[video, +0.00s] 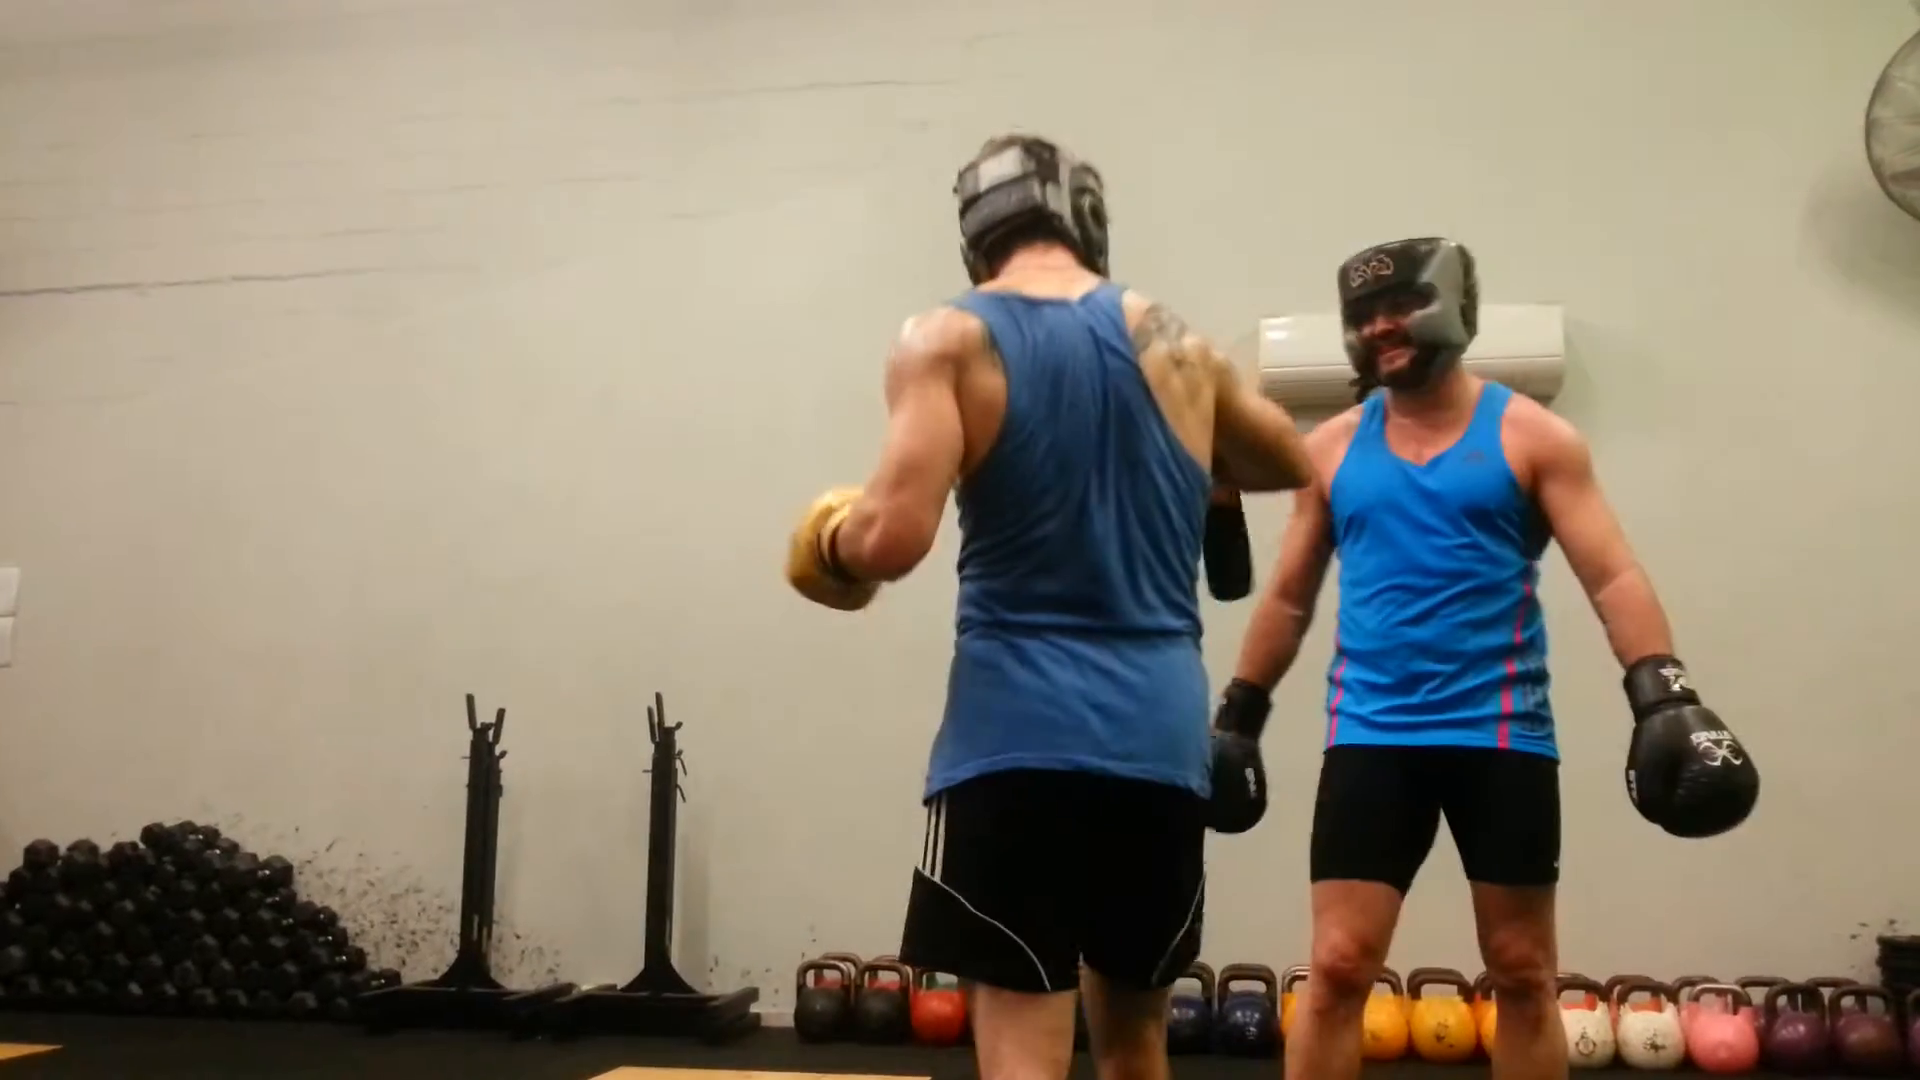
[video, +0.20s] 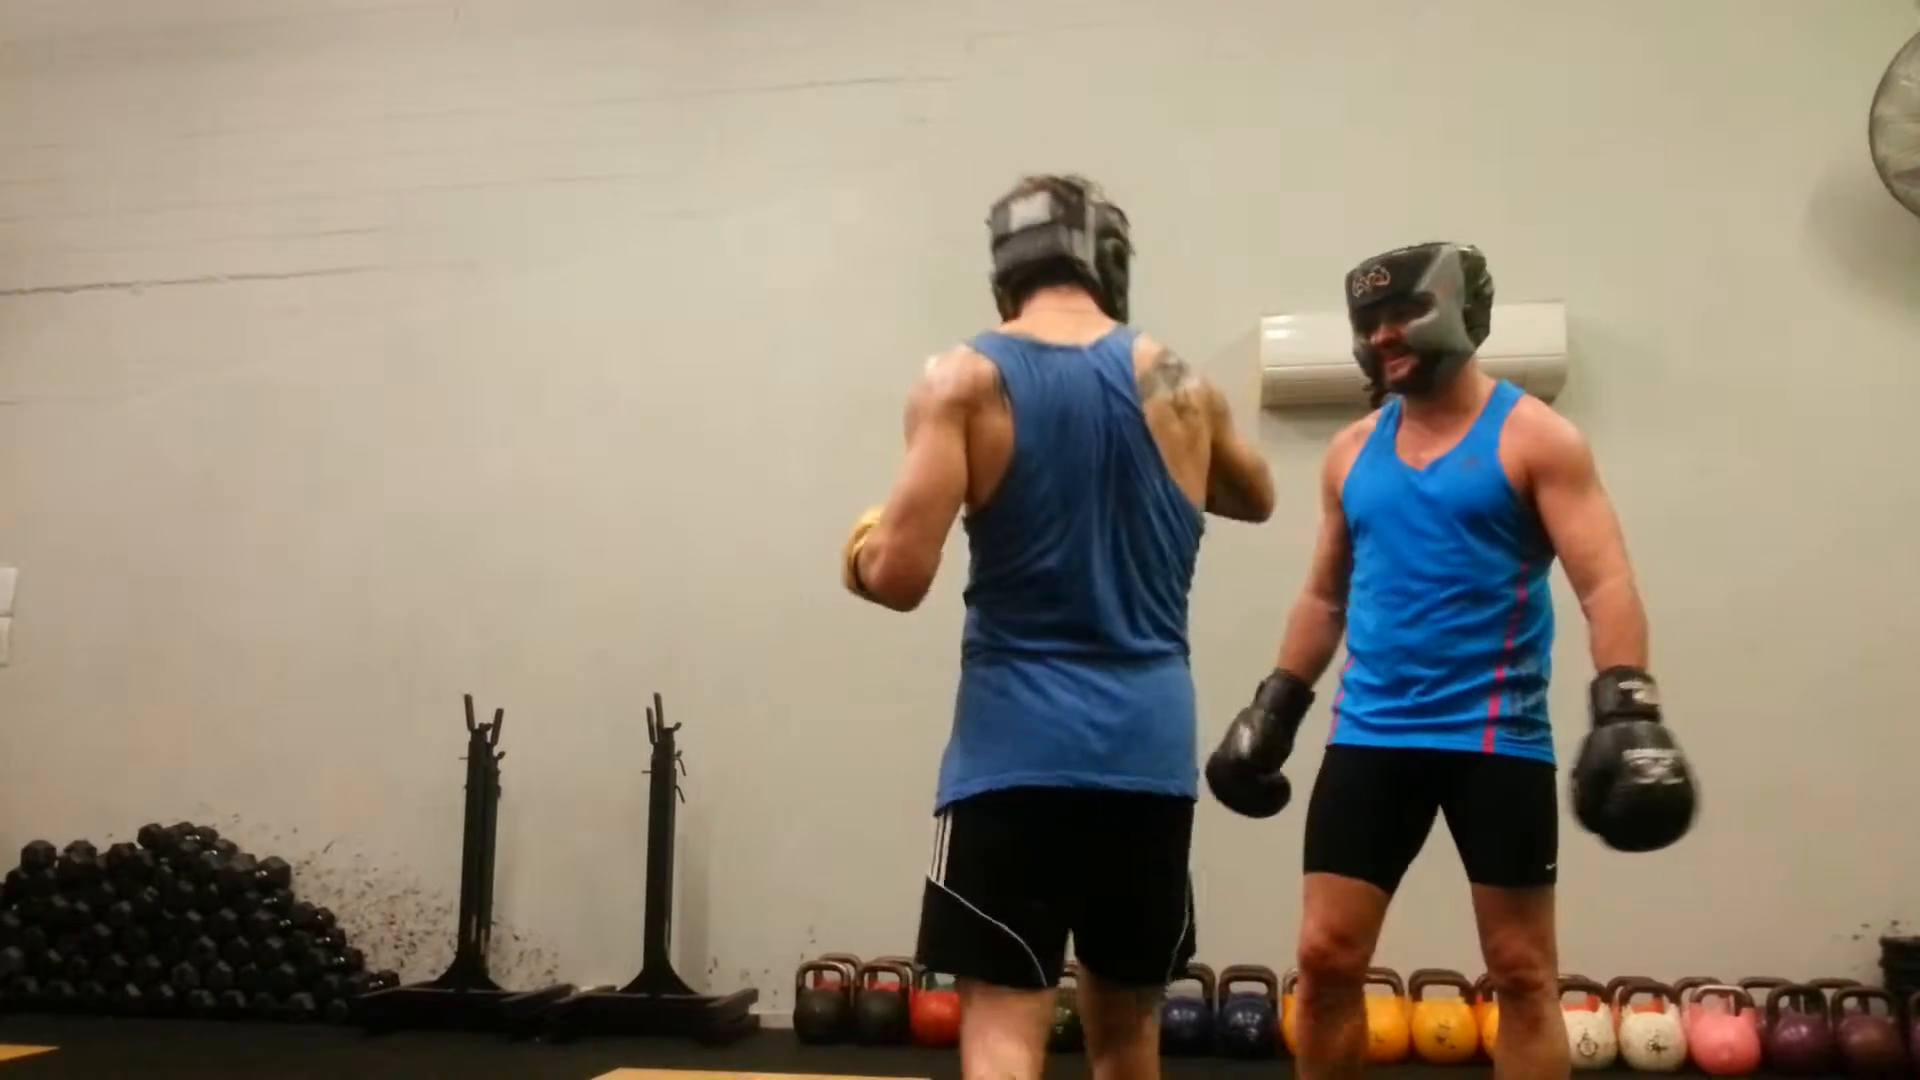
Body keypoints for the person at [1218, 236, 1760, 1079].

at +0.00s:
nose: (1383, 327)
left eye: (1403, 307)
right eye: (1367, 315)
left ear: (1451, 310)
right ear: (1353, 334)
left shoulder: (1533, 437)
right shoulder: (1333, 446)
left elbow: (1610, 575)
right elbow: (1287, 595)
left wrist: (1663, 698)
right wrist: (1236, 720)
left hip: (1504, 738)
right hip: (1372, 739)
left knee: (1522, 972)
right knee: (1338, 969)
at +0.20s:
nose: (1385, 340)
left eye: (1405, 320)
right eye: (1374, 326)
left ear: (1460, 317)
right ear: (1364, 337)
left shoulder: (1537, 439)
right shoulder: (1353, 451)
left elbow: (1604, 580)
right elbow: (1324, 597)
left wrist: (1626, 711)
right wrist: (1273, 710)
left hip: (1497, 741)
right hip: (1371, 738)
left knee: (1523, 975)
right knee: (1326, 957)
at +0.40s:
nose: (1365, 353)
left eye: (1384, 333)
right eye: (1355, 341)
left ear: (1438, 330)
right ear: (1349, 354)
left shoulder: (1510, 447)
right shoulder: (1341, 463)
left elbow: (1567, 595)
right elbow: (1312, 600)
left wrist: (1551, 729)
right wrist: (1261, 695)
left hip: (1477, 754)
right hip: (1360, 754)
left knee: (1507, 972)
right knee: (1358, 967)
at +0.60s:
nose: (1334, 369)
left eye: (1352, 348)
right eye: (1324, 358)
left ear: (1406, 347)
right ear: (1321, 374)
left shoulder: (1473, 460)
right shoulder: (1316, 483)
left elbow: (1523, 603)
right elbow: (1288, 613)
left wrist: (1503, 734)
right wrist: (1243, 703)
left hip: (1447, 759)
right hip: (1339, 757)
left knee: (1478, 967)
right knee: (1361, 962)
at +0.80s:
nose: (1298, 397)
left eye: (1311, 377)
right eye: (1289, 385)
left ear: (1362, 368)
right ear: (1289, 396)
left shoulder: (1441, 466)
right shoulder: (1294, 500)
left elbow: (1501, 596)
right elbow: (1276, 634)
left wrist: (1493, 731)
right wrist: (1236, 742)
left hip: (1436, 756)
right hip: (1332, 758)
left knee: (1467, 961)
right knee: (1354, 957)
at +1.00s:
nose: (1277, 410)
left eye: (1288, 388)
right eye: (1267, 399)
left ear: (1338, 376)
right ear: (1273, 415)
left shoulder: (1424, 466)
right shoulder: (1286, 516)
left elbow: (1498, 585)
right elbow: (1278, 651)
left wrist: (1493, 713)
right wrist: (1250, 769)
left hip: (1442, 752)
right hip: (1339, 762)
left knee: (1475, 951)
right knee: (1359, 954)